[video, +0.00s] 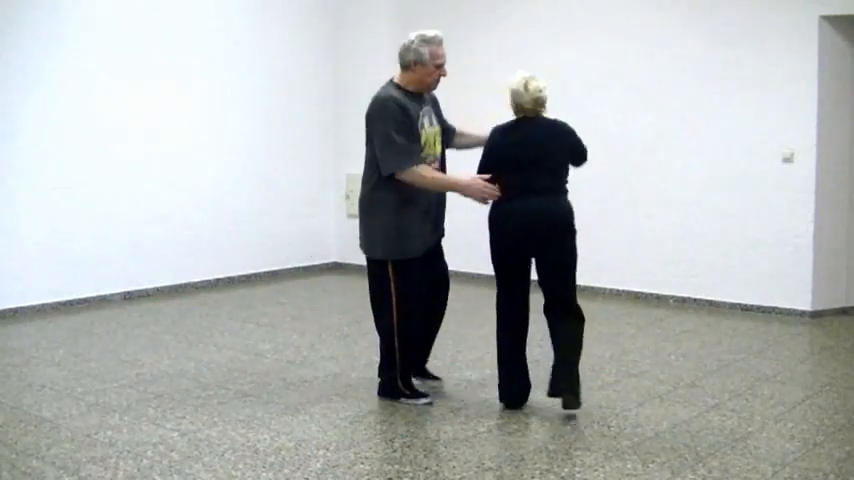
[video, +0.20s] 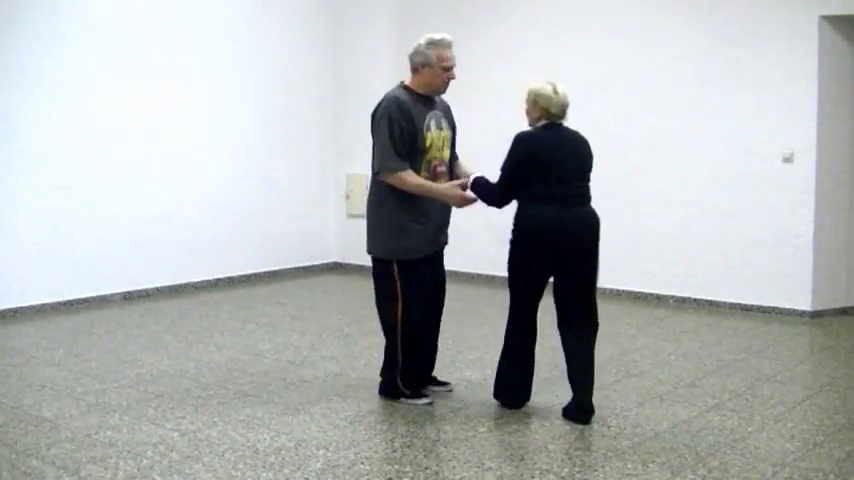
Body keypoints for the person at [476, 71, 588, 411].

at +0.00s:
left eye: (516, 100)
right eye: (540, 98)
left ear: (513, 104)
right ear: (544, 101)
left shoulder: (500, 135)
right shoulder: (559, 131)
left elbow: (483, 178)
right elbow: (580, 157)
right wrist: (550, 138)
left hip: (509, 226)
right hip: (554, 224)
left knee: (511, 304)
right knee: (562, 301)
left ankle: (512, 392)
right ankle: (566, 383)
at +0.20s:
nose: (525, 110)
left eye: (527, 105)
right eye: (526, 104)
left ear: (537, 109)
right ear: (560, 110)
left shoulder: (526, 142)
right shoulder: (581, 144)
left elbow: (500, 197)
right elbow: (575, 189)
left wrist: (474, 181)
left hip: (533, 239)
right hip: (579, 239)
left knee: (522, 315)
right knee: (578, 318)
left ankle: (513, 394)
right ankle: (582, 405)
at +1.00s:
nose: (558, 104)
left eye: (559, 100)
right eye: (562, 99)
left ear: (564, 103)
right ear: (595, 103)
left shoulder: (550, 137)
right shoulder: (612, 136)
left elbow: (506, 181)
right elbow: (641, 169)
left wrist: (471, 165)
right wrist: (612, 147)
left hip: (555, 240)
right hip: (603, 241)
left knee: (546, 319)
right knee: (594, 320)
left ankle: (550, 410)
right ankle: (585, 409)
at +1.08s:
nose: (559, 107)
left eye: (560, 103)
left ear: (562, 107)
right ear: (595, 108)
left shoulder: (547, 141)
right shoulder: (612, 143)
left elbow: (507, 189)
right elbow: (649, 182)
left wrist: (462, 187)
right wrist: (619, 160)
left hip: (553, 248)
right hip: (602, 249)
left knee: (549, 327)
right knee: (592, 327)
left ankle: (551, 417)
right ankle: (584, 408)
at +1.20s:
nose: (602, 113)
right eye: (601, 108)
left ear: (561, 109)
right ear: (597, 111)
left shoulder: (544, 142)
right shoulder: (612, 145)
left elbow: (509, 192)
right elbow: (655, 198)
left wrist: (465, 198)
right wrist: (636, 202)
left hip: (550, 247)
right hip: (603, 249)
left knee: (550, 329)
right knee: (595, 325)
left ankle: (553, 420)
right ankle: (586, 408)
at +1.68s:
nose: (652, 108)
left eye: (649, 101)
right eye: (646, 102)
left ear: (613, 108)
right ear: (626, 107)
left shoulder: (586, 138)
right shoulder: (633, 140)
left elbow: (555, 182)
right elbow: (637, 192)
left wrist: (540, 157)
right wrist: (667, 225)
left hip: (571, 249)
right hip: (614, 255)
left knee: (571, 334)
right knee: (615, 345)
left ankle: (555, 421)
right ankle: (593, 438)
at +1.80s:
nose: (652, 108)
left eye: (650, 101)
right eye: (648, 103)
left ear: (610, 107)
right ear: (638, 108)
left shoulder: (588, 138)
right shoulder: (646, 145)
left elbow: (548, 175)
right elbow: (657, 200)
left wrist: (530, 154)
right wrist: (693, 234)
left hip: (572, 250)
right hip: (620, 258)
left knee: (569, 330)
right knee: (618, 346)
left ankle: (554, 420)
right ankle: (594, 438)